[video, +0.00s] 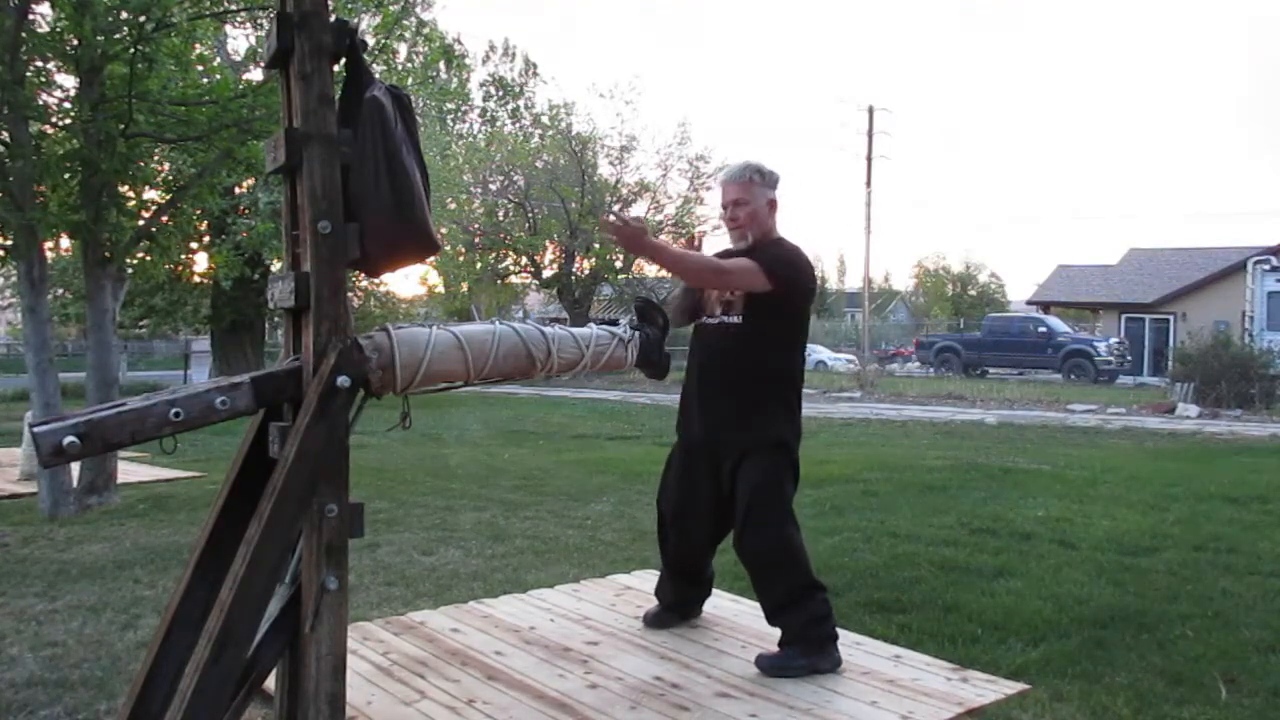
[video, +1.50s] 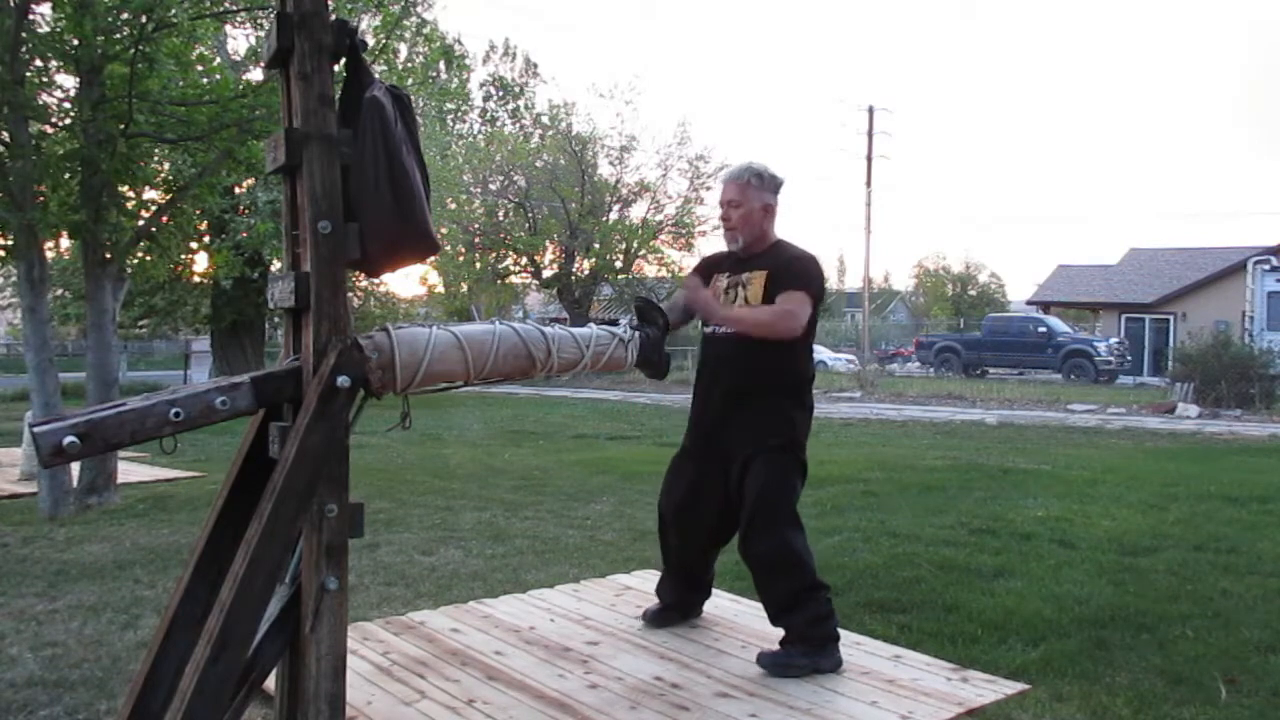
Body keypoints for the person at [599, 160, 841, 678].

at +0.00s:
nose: (732, 215)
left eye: (741, 205)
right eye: (727, 207)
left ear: (770, 205)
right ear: (722, 212)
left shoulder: (787, 262)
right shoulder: (720, 265)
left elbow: (718, 274)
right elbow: (679, 316)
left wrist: (648, 247)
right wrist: (688, 269)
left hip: (763, 428)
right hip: (704, 423)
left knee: (765, 533)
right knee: (681, 511)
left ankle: (813, 643)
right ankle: (681, 599)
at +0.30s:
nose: (735, 220)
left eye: (745, 210)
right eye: (729, 211)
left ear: (773, 211)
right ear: (724, 217)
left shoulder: (789, 270)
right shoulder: (718, 270)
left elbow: (721, 288)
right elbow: (676, 326)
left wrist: (650, 270)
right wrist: (694, 287)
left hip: (757, 433)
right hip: (696, 426)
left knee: (760, 536)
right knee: (674, 515)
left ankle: (813, 643)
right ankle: (680, 599)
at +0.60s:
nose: (734, 218)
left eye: (744, 208)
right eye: (728, 210)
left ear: (772, 210)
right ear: (722, 215)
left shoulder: (787, 269)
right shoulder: (714, 268)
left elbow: (719, 285)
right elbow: (672, 323)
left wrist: (650, 267)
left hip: (754, 430)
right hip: (692, 423)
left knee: (760, 536)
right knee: (671, 514)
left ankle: (813, 642)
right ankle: (680, 599)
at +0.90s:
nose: (726, 222)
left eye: (737, 212)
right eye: (721, 213)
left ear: (767, 212)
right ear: (718, 214)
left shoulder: (787, 270)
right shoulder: (713, 273)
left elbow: (748, 304)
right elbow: (676, 317)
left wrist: (686, 284)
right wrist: (643, 305)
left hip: (754, 429)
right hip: (692, 424)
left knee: (759, 534)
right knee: (671, 513)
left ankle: (813, 641)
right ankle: (680, 598)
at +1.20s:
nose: (719, 221)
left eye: (730, 211)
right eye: (716, 211)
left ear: (763, 211)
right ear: (714, 212)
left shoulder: (789, 271)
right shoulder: (707, 271)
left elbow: (806, 346)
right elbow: (690, 342)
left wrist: (774, 412)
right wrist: (678, 400)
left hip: (759, 419)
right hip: (700, 416)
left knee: (758, 530)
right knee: (672, 509)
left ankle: (813, 642)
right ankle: (679, 598)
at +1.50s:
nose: (725, 216)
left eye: (736, 207)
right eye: (722, 207)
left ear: (770, 210)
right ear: (722, 208)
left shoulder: (797, 265)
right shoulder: (712, 268)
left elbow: (791, 321)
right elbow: (678, 312)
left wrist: (718, 314)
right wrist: (656, 320)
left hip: (772, 426)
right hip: (712, 421)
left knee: (767, 528)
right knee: (681, 508)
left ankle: (815, 642)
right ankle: (682, 597)